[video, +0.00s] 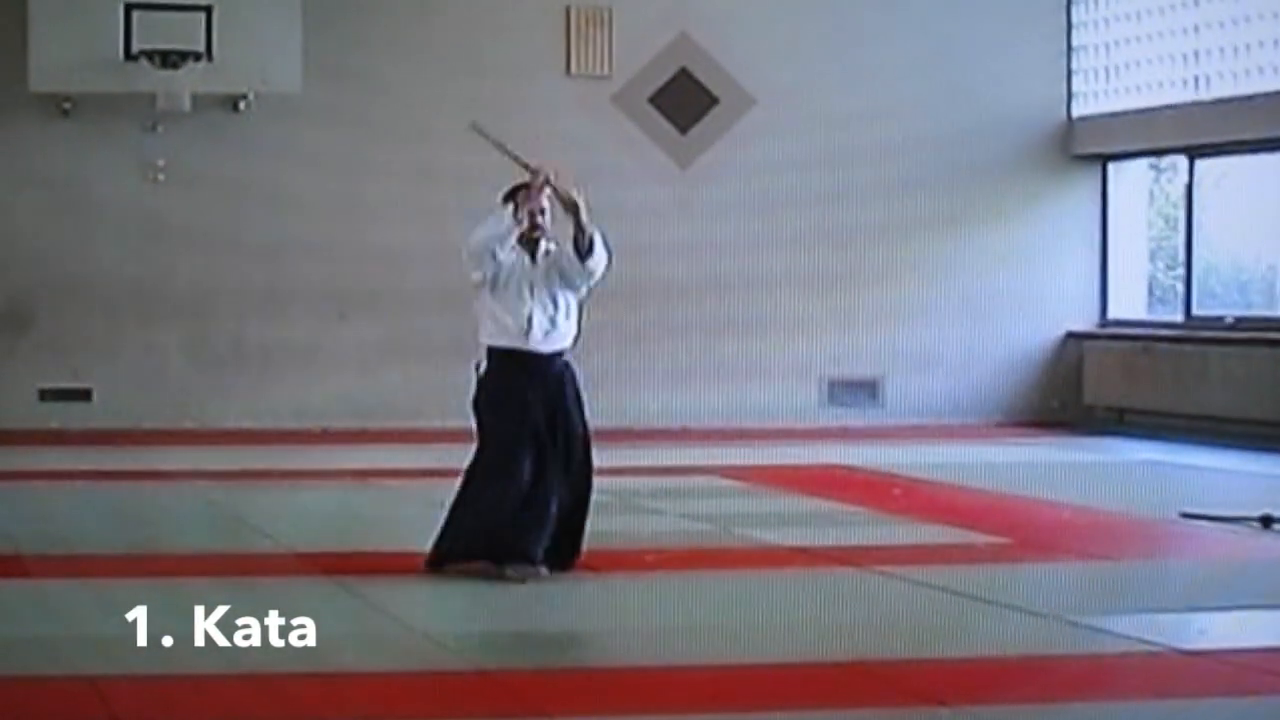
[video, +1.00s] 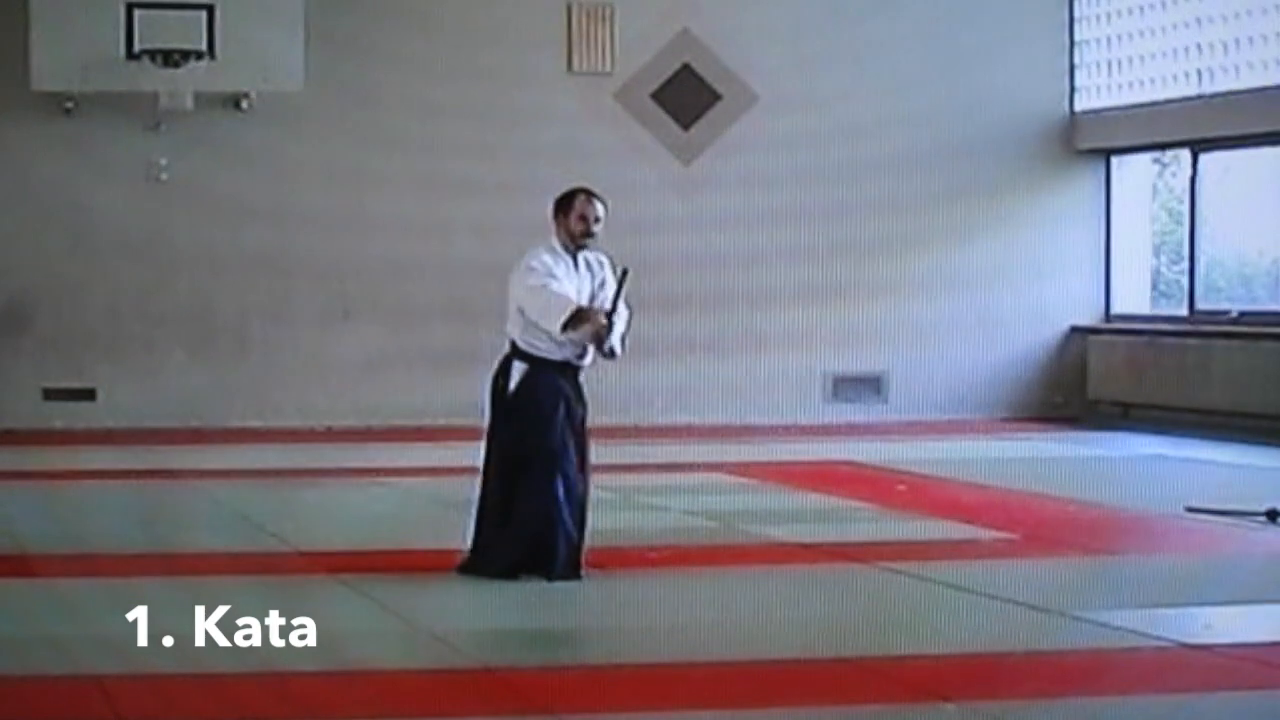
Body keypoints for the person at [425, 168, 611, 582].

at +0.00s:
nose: (535, 218)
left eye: (542, 210)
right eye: (526, 210)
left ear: (551, 216)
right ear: (511, 215)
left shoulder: (562, 263)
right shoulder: (498, 260)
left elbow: (592, 266)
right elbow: (477, 251)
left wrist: (578, 216)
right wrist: (516, 208)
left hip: (554, 367)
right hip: (507, 365)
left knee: (564, 462)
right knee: (510, 461)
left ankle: (540, 553)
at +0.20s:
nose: (540, 219)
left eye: (546, 211)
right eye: (532, 210)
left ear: (554, 215)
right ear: (514, 215)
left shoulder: (569, 262)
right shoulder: (490, 257)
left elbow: (593, 325)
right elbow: (491, 290)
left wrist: (571, 262)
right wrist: (542, 265)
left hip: (552, 371)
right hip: (508, 370)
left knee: (561, 463)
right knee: (523, 465)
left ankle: (565, 556)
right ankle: (539, 559)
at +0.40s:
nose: (547, 217)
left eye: (553, 209)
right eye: (539, 208)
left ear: (560, 214)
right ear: (519, 212)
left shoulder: (569, 260)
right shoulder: (497, 260)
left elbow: (591, 302)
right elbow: (509, 298)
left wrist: (586, 338)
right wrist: (552, 307)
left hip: (551, 368)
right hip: (509, 368)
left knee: (562, 460)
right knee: (518, 463)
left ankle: (564, 557)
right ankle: (511, 559)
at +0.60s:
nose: (555, 217)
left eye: (561, 210)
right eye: (547, 209)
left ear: (566, 215)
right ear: (526, 210)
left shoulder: (572, 259)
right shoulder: (504, 260)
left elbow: (592, 304)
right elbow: (526, 295)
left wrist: (585, 330)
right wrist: (562, 315)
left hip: (548, 369)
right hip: (509, 369)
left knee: (550, 462)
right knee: (518, 462)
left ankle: (552, 554)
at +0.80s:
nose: (569, 223)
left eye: (574, 215)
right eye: (561, 214)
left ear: (577, 218)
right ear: (539, 215)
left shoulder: (579, 260)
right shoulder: (513, 263)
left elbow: (600, 308)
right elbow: (532, 298)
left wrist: (590, 331)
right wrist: (569, 314)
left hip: (553, 370)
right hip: (515, 370)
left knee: (553, 464)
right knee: (530, 463)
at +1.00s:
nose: (591, 228)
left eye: (596, 221)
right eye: (583, 219)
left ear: (600, 226)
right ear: (561, 220)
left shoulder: (600, 267)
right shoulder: (536, 264)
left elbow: (620, 313)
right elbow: (550, 304)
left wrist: (603, 329)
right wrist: (591, 320)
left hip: (568, 376)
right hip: (530, 374)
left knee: (570, 469)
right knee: (544, 467)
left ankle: (562, 557)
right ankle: (546, 558)